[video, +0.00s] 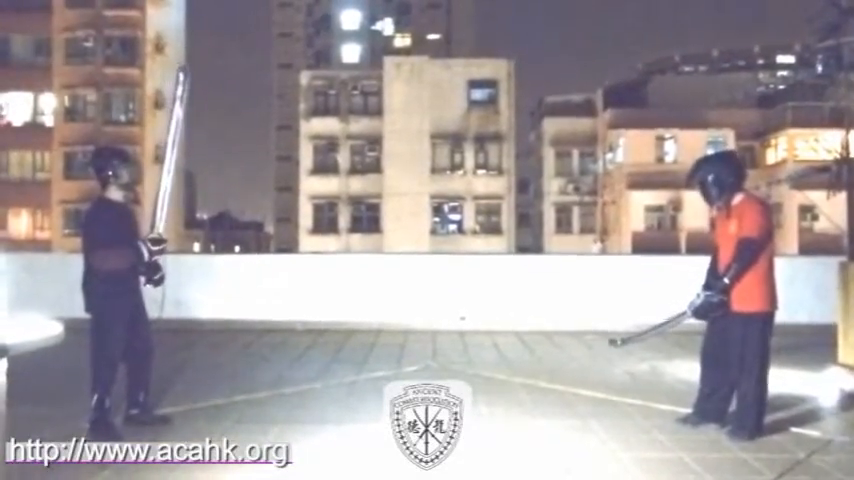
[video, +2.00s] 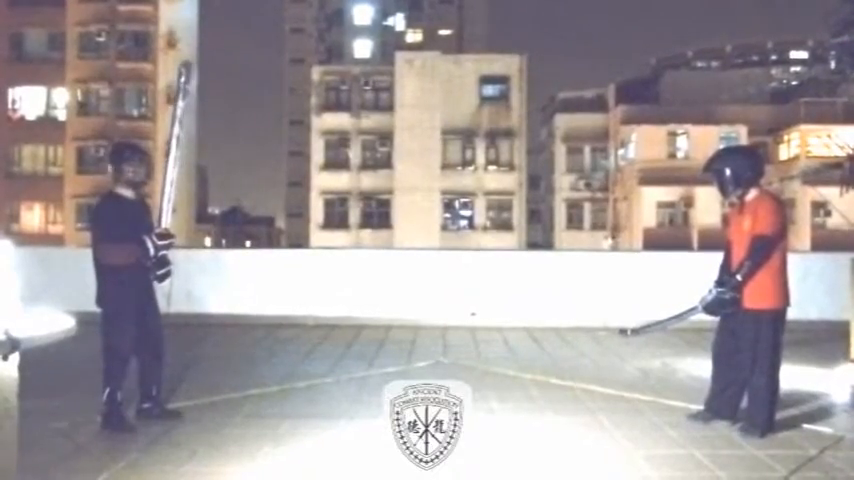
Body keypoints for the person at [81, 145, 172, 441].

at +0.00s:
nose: (132, 175)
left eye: (131, 170)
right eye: (127, 170)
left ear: (114, 173)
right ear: (112, 173)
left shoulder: (125, 211)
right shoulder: (99, 213)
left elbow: (126, 251)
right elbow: (100, 260)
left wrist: (146, 257)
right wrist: (140, 262)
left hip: (128, 292)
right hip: (105, 294)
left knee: (140, 347)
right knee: (108, 352)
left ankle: (138, 407)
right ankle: (100, 415)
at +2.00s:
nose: (139, 170)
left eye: (143, 165)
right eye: (132, 164)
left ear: (146, 170)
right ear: (117, 168)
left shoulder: (140, 206)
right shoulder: (106, 207)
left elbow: (141, 243)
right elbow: (106, 253)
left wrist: (158, 243)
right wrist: (145, 251)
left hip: (142, 286)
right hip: (115, 289)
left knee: (151, 342)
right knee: (119, 345)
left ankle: (150, 401)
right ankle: (111, 407)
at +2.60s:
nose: (141, 168)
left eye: (141, 162)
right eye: (135, 162)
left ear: (130, 167)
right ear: (119, 166)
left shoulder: (132, 203)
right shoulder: (102, 205)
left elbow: (132, 239)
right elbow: (103, 252)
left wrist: (151, 238)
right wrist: (143, 247)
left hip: (137, 283)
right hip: (112, 286)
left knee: (147, 338)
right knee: (115, 343)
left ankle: (146, 398)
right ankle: (108, 404)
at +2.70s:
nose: (141, 170)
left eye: (141, 164)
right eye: (135, 164)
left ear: (133, 167)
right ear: (119, 167)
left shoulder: (133, 204)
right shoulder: (102, 206)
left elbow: (134, 239)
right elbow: (104, 252)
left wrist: (152, 239)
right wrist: (144, 252)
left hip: (137, 286)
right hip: (112, 289)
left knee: (148, 339)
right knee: (115, 345)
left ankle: (147, 398)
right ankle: (108, 405)